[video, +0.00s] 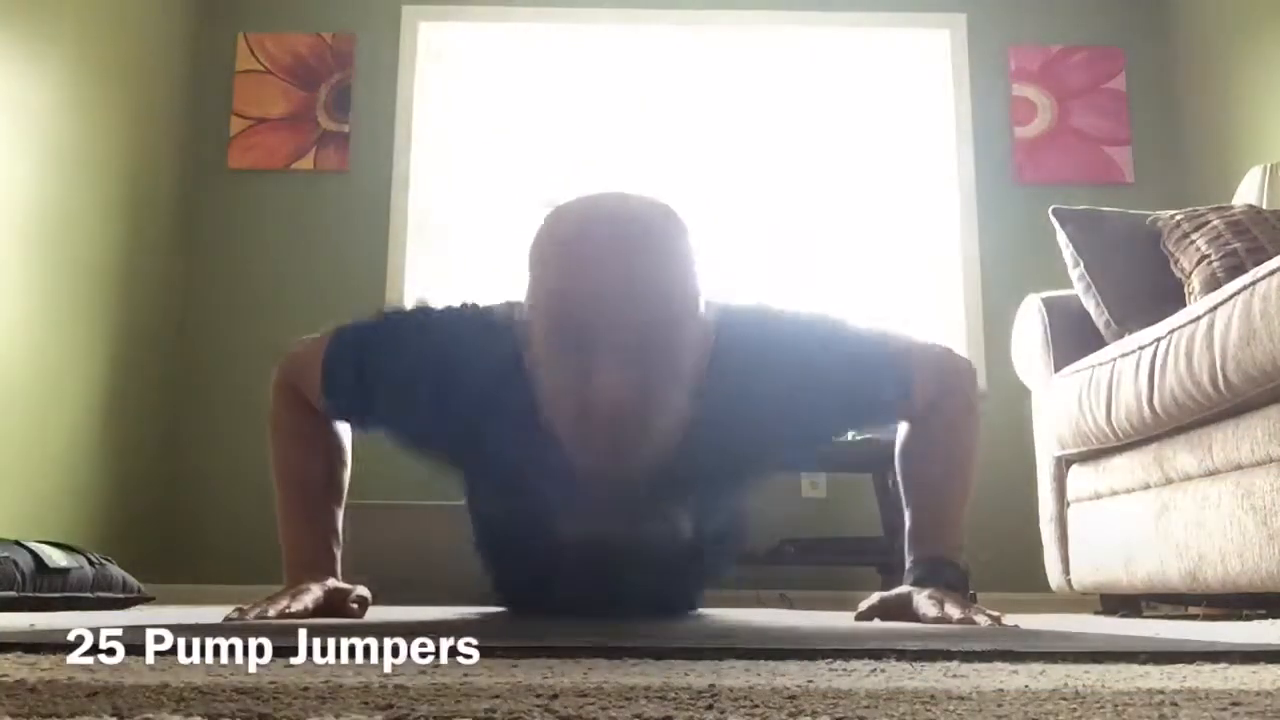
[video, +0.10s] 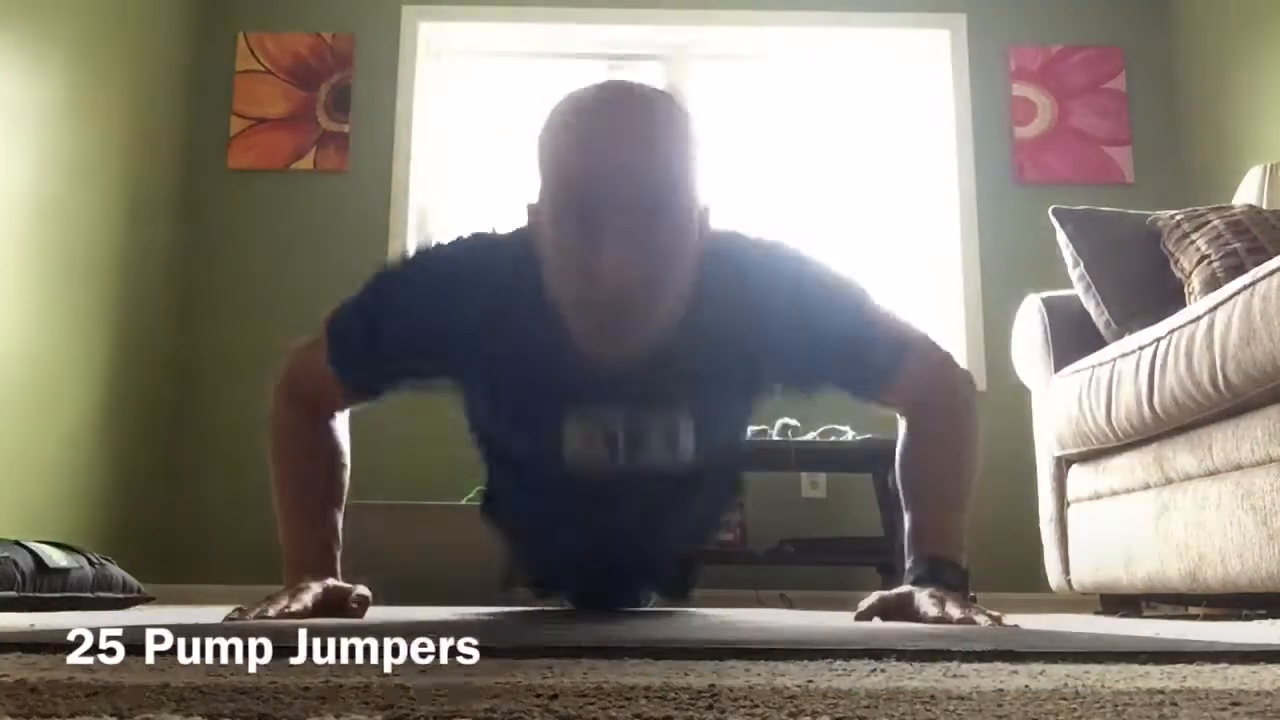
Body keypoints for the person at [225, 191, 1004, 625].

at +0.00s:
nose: (610, 391)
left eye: (646, 355)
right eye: (578, 352)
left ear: (697, 335)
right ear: (529, 333)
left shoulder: (769, 362)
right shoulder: (453, 360)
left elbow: (947, 383)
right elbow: (301, 383)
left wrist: (933, 572)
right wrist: (314, 575)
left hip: (682, 598)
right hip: (532, 598)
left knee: (669, 589)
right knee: (553, 596)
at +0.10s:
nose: (613, 262)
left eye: (647, 218)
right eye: (582, 220)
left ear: (697, 218)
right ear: (536, 215)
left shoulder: (760, 292)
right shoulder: (458, 294)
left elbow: (942, 392)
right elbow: (303, 392)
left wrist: (932, 574)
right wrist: (313, 577)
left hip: (678, 564)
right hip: (531, 566)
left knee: (659, 570)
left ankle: (649, 588)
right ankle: (561, 583)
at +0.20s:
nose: (619, 180)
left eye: (653, 140)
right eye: (588, 140)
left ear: (695, 135)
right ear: (543, 134)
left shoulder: (763, 231)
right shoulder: (460, 235)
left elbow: (929, 392)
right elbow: (317, 391)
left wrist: (933, 576)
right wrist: (314, 576)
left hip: (678, 463)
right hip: (548, 466)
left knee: (657, 530)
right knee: (570, 532)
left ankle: (635, 563)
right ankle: (585, 564)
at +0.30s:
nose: (616, 102)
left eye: (650, 63)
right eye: (583, 62)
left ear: (697, 58)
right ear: (538, 58)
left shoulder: (759, 159)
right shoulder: (456, 164)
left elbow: (884, 371)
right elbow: (343, 370)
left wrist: (927, 571)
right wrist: (318, 574)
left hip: (675, 365)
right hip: (550, 368)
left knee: (659, 469)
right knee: (560, 468)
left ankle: (646, 526)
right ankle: (572, 516)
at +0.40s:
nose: (626, 27)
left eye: (654, 1)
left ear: (692, 2)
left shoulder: (759, 66)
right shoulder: (459, 75)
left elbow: (841, 308)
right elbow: (391, 314)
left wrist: (885, 530)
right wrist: (347, 539)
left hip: (683, 284)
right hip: (543, 288)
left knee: (700, 402)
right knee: (529, 404)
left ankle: (711, 498)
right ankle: (513, 485)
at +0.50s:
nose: (608, 18)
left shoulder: (746, 57)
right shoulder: (467, 65)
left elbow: (816, 296)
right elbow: (419, 300)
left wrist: (814, 499)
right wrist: (423, 501)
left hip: (689, 287)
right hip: (537, 291)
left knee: (738, 401)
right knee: (490, 406)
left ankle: (795, 503)